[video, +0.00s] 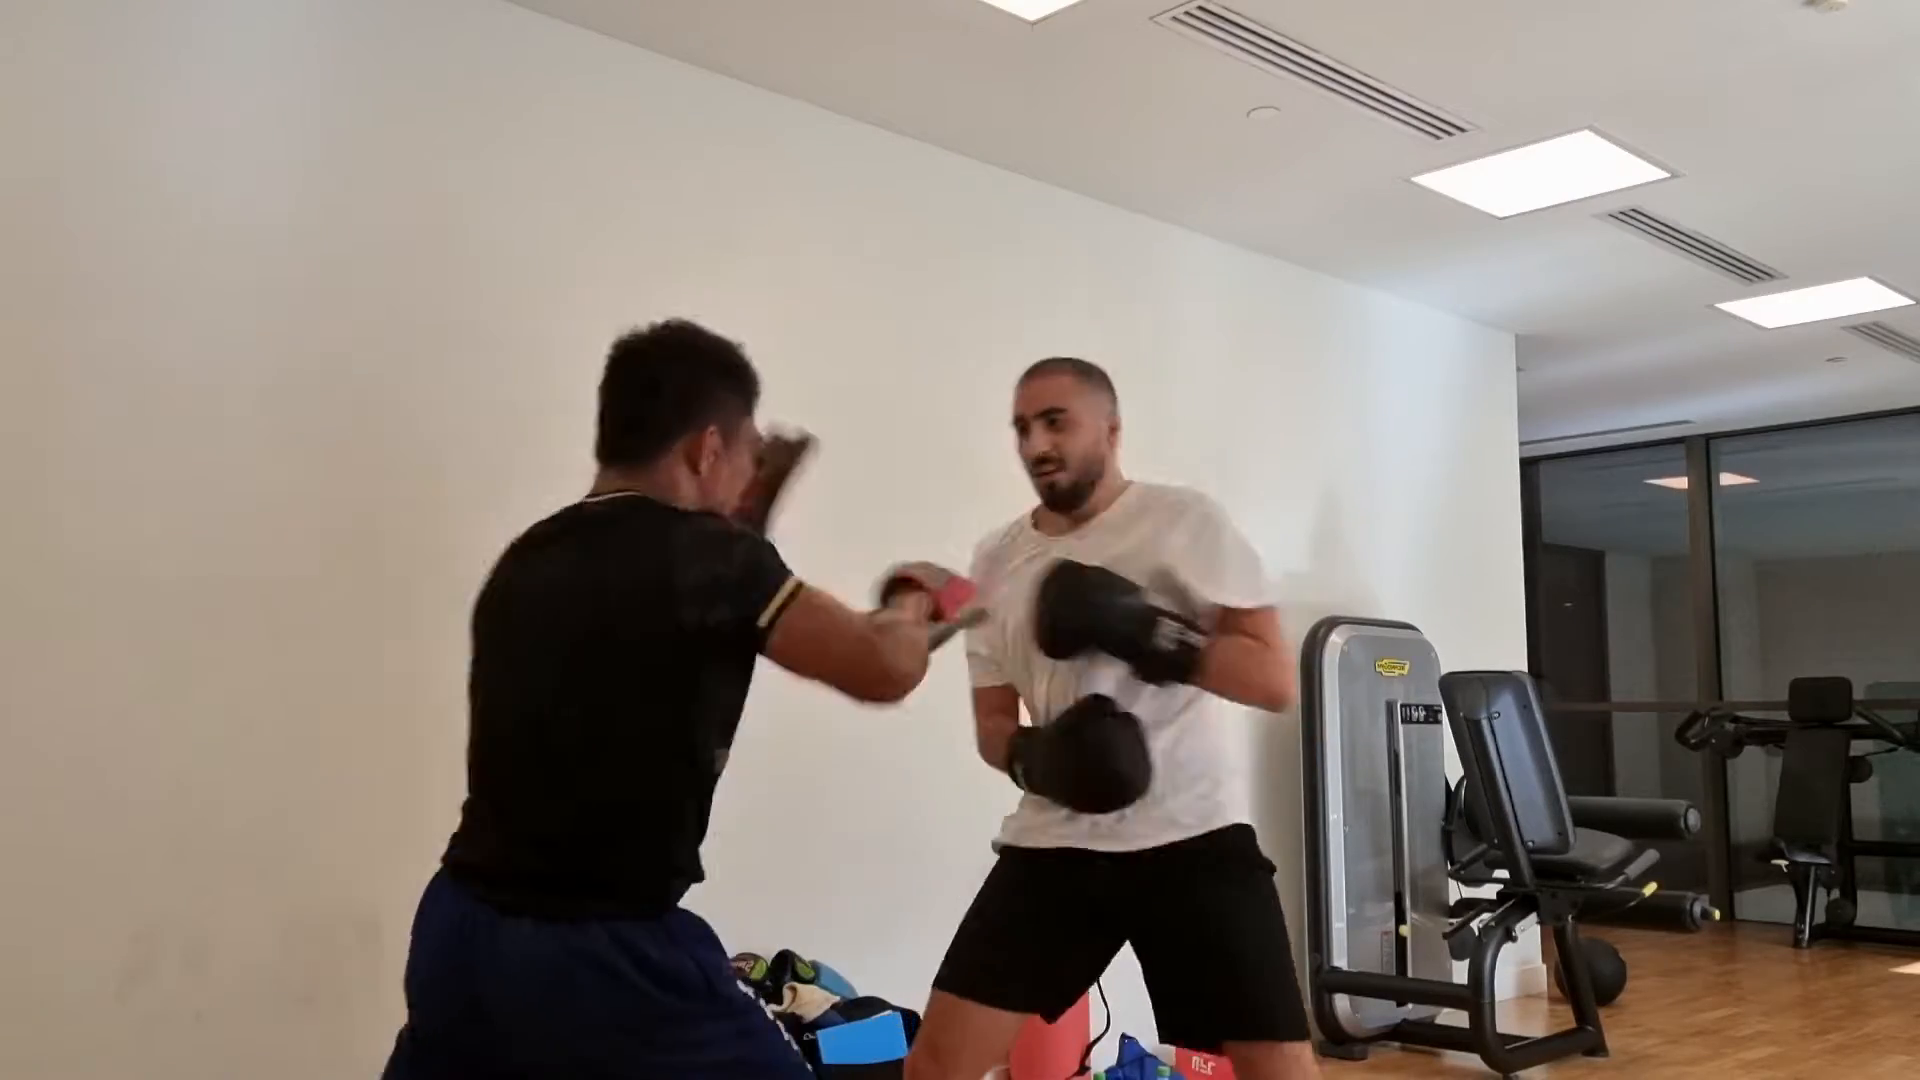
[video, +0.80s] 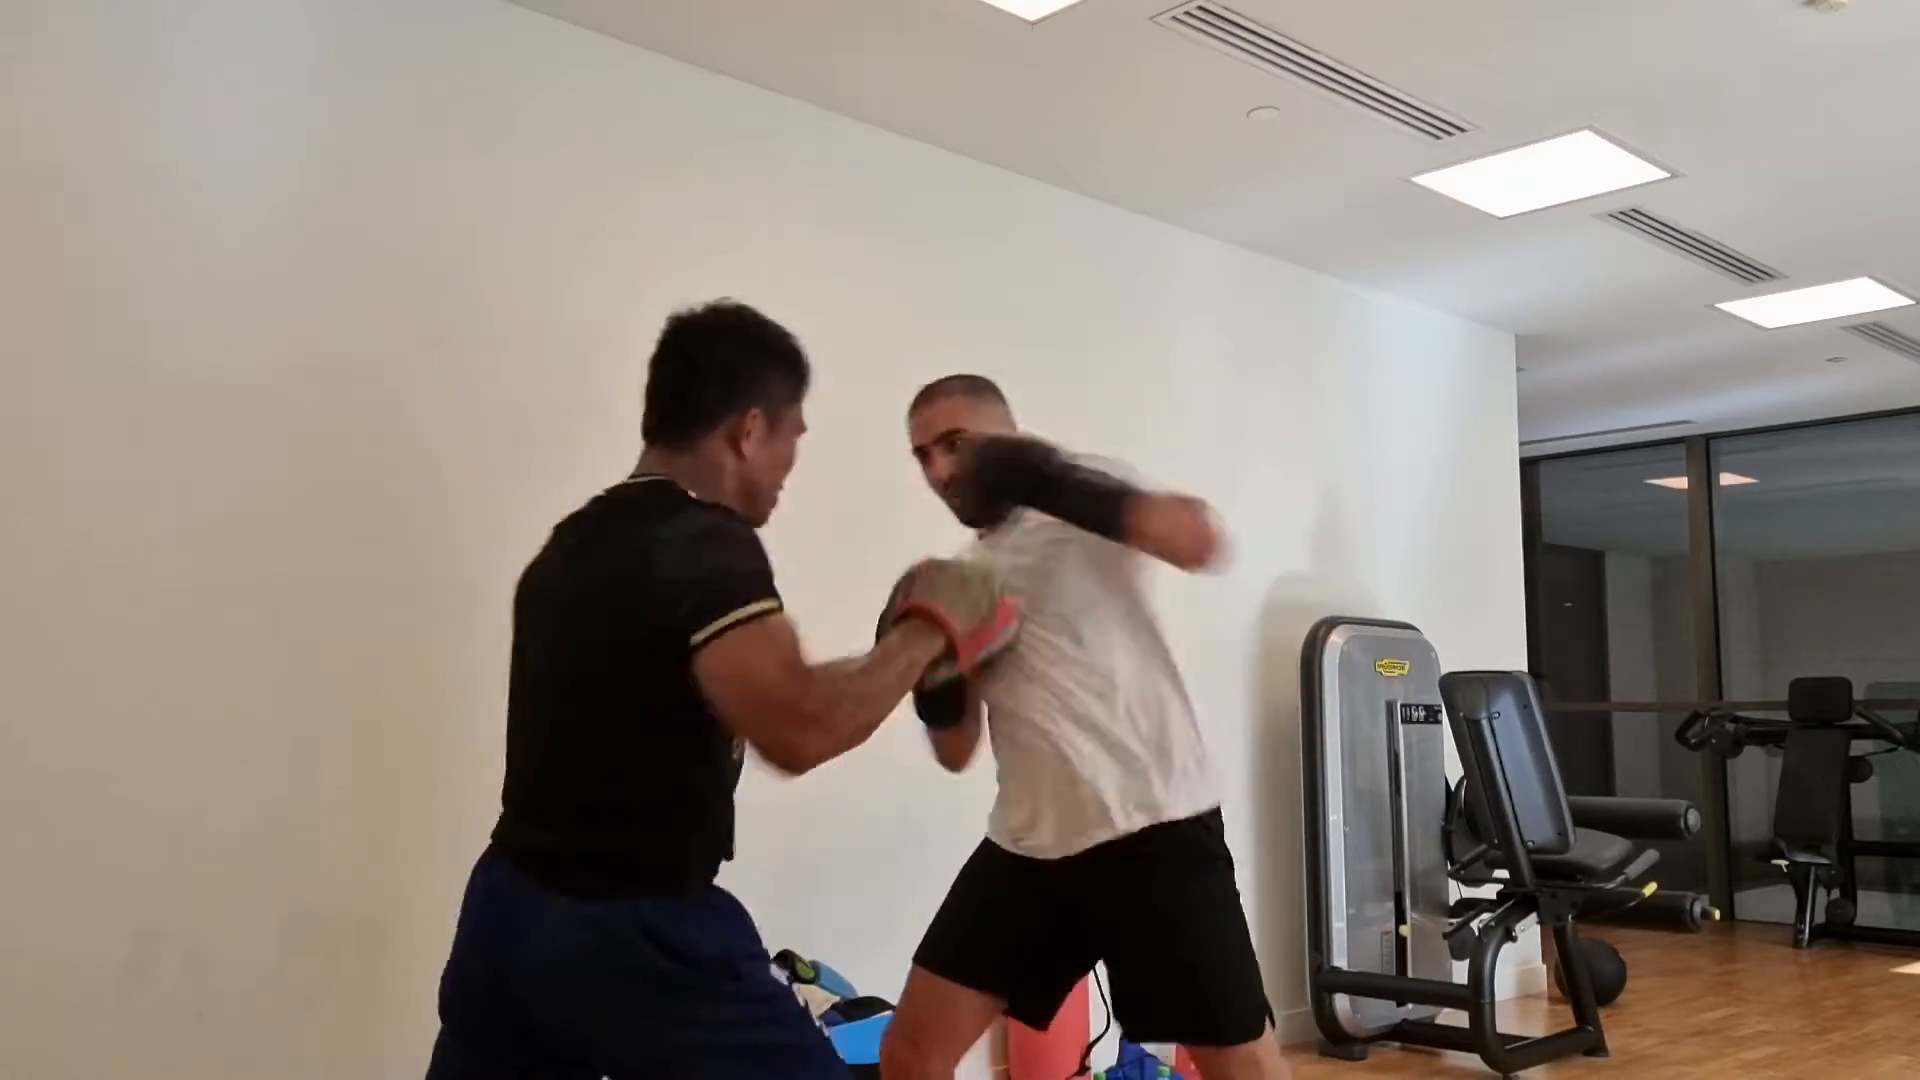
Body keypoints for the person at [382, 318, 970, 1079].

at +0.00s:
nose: (745, 482)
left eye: (754, 466)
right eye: (747, 461)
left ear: (614, 436)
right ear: (706, 449)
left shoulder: (523, 559)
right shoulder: (707, 555)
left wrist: (738, 527)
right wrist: (912, 600)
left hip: (463, 941)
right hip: (622, 958)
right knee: (777, 1063)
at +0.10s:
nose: (655, 494)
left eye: (662, 472)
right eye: (653, 469)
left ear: (514, 452)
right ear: (596, 457)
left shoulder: (409, 575)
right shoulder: (637, 546)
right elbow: (842, 596)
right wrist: (1001, 626)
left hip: (423, 972)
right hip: (596, 973)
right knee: (754, 1066)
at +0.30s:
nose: (653, 500)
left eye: (657, 474)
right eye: (651, 472)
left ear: (514, 465)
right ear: (597, 467)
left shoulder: (425, 588)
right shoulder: (617, 569)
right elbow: (783, 696)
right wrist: (914, 640)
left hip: (404, 988)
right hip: (575, 995)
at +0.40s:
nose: (719, 484)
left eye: (723, 460)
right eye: (716, 459)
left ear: (588, 442)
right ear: (672, 456)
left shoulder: (541, 552)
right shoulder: (604, 563)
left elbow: (721, 653)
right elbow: (760, 701)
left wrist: (713, 520)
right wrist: (807, 599)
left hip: (454, 950)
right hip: (561, 967)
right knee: (726, 1062)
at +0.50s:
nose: (717, 477)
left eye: (721, 456)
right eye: (715, 454)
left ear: (584, 438)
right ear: (672, 450)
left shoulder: (516, 555)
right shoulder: (621, 547)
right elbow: (771, 662)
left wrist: (713, 569)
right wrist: (797, 530)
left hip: (458, 938)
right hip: (598, 949)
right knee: (772, 1062)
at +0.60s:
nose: (696, 469)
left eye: (703, 450)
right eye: (698, 448)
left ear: (564, 433)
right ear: (660, 435)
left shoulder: (449, 562)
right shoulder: (686, 527)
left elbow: (437, 683)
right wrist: (857, 469)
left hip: (483, 946)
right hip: (668, 943)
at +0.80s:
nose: (793, 461)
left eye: (798, 437)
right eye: (793, 434)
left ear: (662, 419)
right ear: (748, 431)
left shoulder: (568, 544)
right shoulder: (704, 544)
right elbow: (799, 729)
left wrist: (892, 655)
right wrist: (923, 635)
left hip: (509, 929)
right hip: (651, 947)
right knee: (816, 1065)